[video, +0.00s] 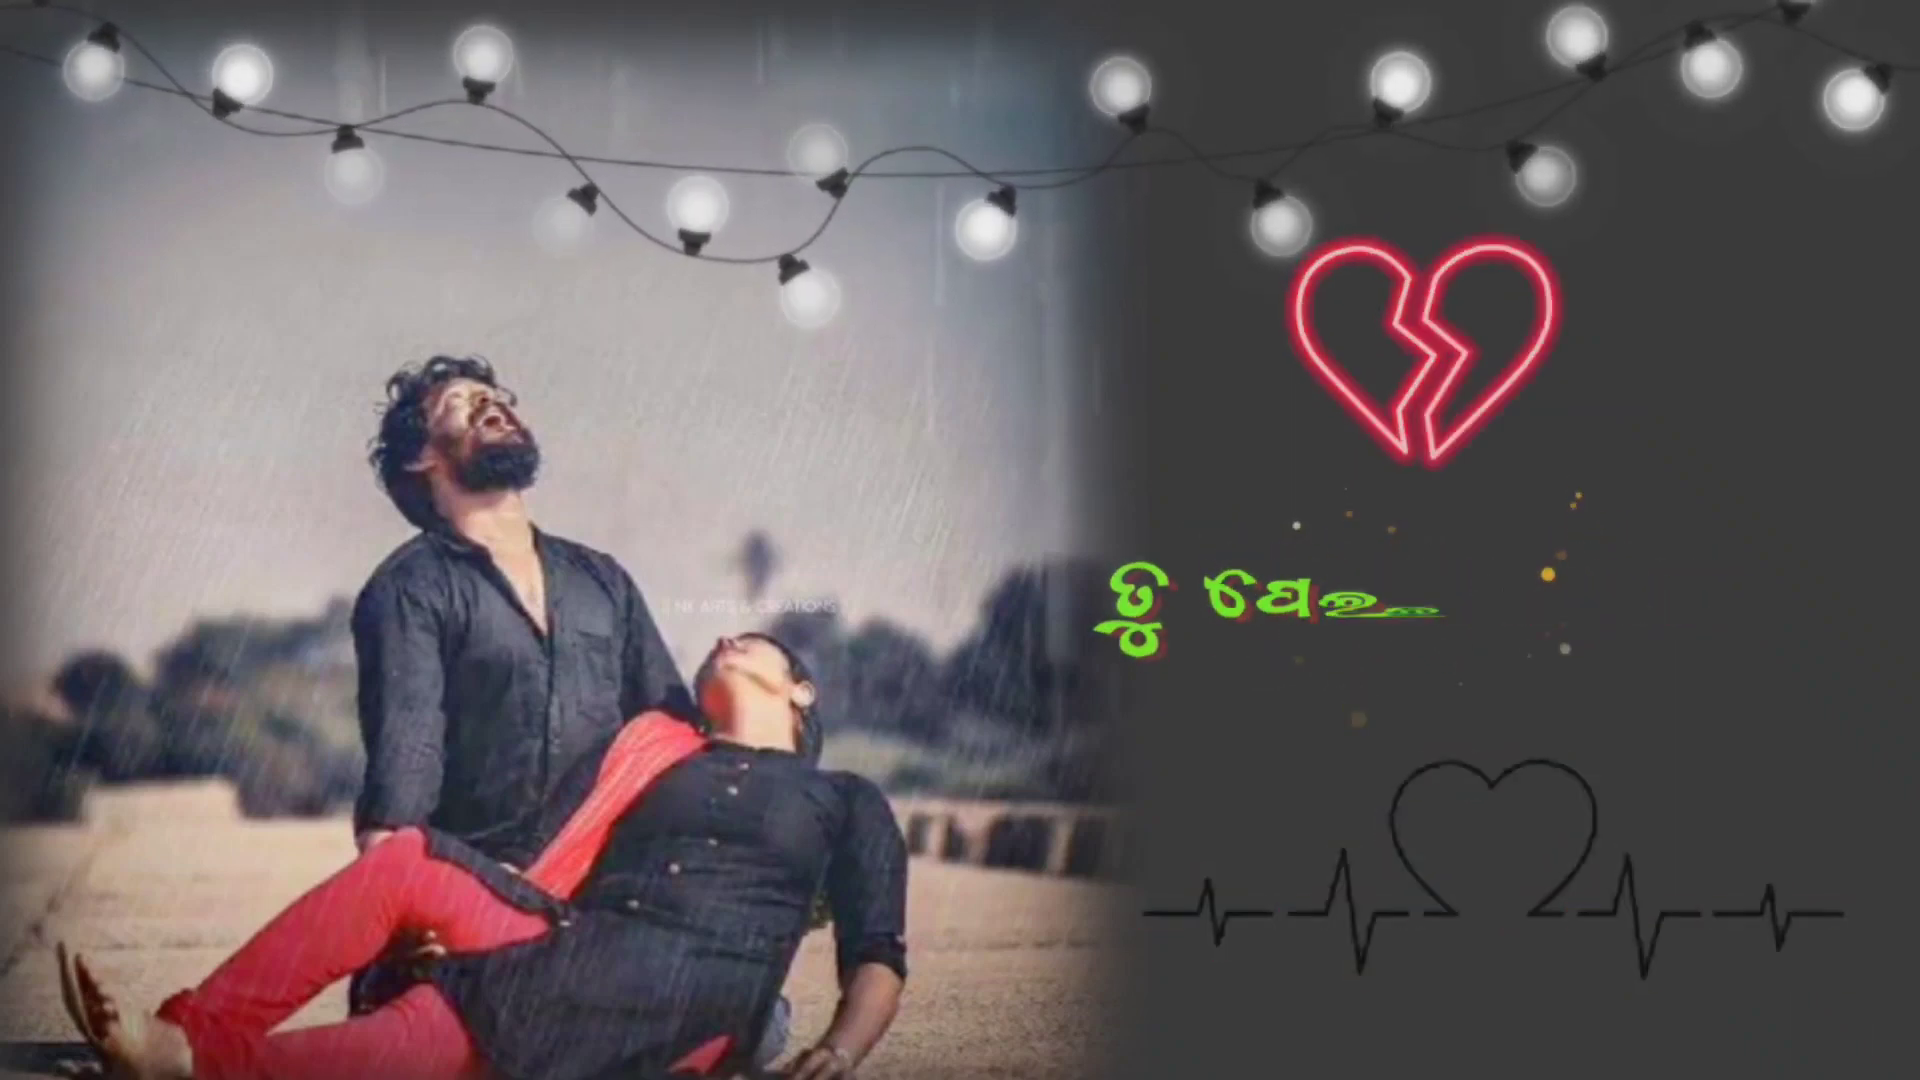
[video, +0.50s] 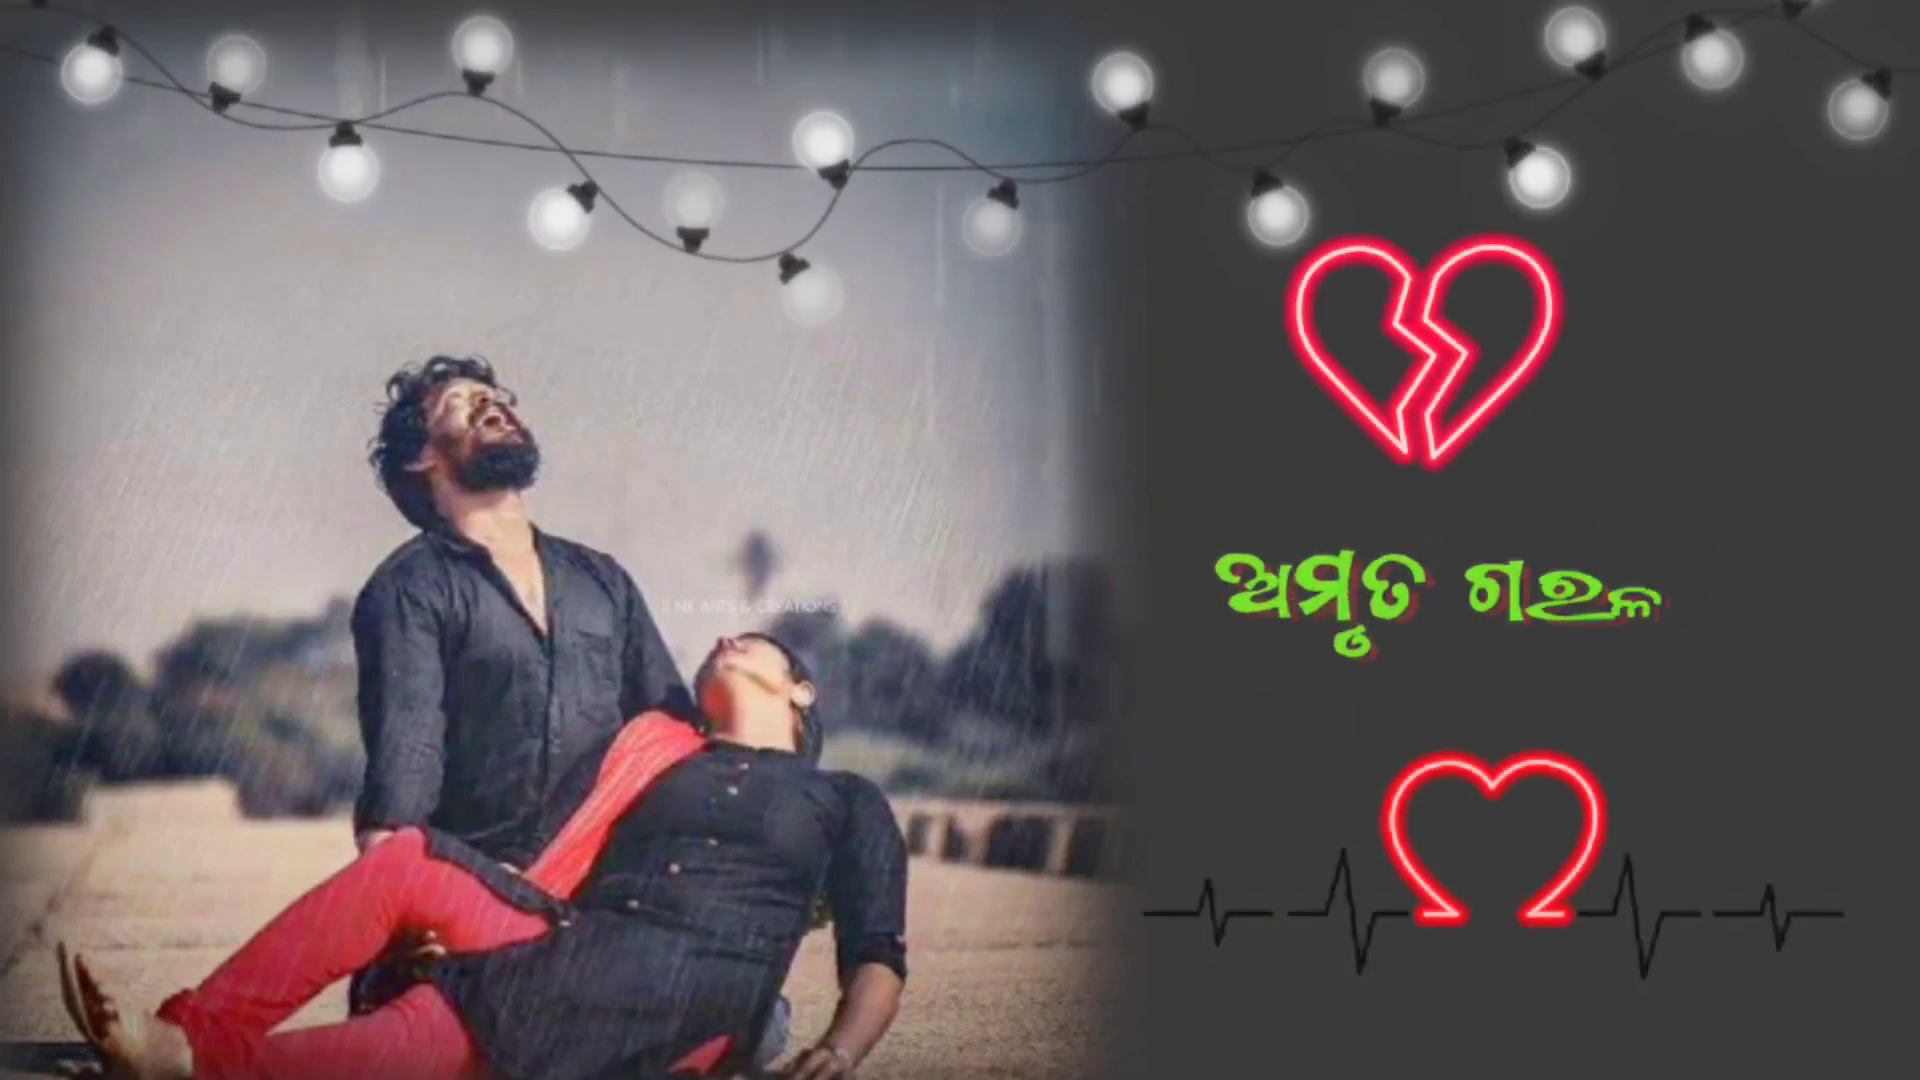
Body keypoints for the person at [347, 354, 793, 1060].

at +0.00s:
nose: (496, 408)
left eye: (502, 401)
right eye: (463, 406)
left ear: (525, 438)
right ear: (421, 462)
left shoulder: (602, 578)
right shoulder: (410, 587)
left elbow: (678, 728)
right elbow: (404, 753)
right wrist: (387, 904)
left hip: (617, 883)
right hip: (462, 890)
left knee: (760, 1022)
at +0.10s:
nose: (496, 408)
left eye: (502, 401)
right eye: (463, 406)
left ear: (525, 438)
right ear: (421, 462)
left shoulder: (602, 578)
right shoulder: (410, 587)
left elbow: (678, 728)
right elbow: (404, 754)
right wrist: (387, 904)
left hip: (617, 883)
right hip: (462, 890)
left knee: (760, 1022)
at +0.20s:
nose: (496, 408)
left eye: (502, 401)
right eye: (463, 406)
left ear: (525, 438)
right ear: (421, 462)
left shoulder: (602, 578)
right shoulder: (410, 587)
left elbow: (678, 728)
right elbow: (404, 753)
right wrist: (387, 904)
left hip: (617, 883)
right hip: (462, 890)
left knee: (760, 1022)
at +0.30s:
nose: (496, 408)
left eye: (502, 401)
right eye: (463, 406)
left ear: (525, 438)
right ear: (421, 462)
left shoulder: (602, 578)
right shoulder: (410, 587)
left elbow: (678, 728)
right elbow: (404, 753)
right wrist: (387, 904)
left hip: (617, 883)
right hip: (462, 890)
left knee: (760, 1022)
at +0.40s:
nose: (496, 408)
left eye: (502, 401)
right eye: (463, 406)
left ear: (525, 438)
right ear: (421, 462)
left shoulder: (602, 578)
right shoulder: (410, 587)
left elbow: (678, 728)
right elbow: (404, 753)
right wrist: (387, 904)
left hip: (617, 883)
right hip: (462, 890)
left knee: (760, 1022)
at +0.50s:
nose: (496, 408)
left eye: (502, 401)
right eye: (463, 406)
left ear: (525, 438)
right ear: (421, 462)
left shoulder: (602, 578)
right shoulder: (410, 587)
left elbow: (678, 728)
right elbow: (404, 753)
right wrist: (387, 904)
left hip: (617, 883)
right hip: (462, 890)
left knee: (760, 1022)